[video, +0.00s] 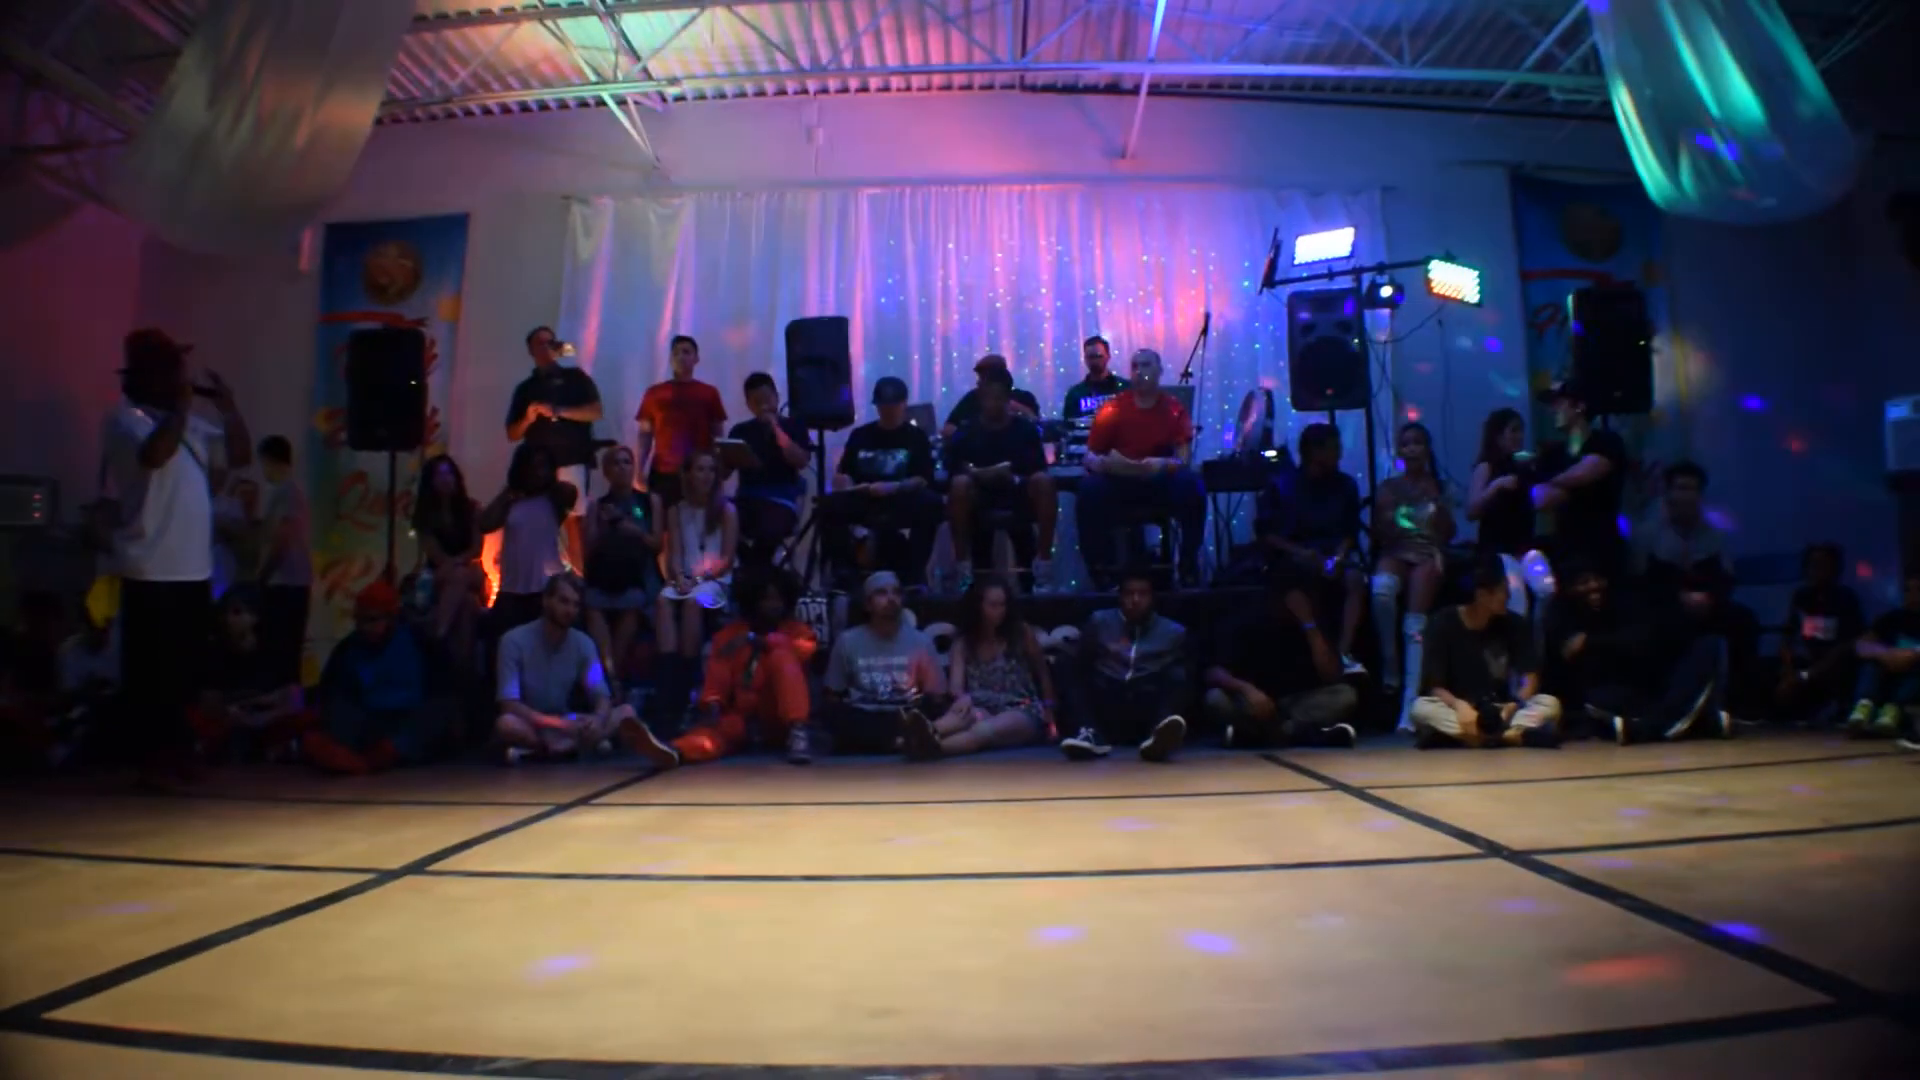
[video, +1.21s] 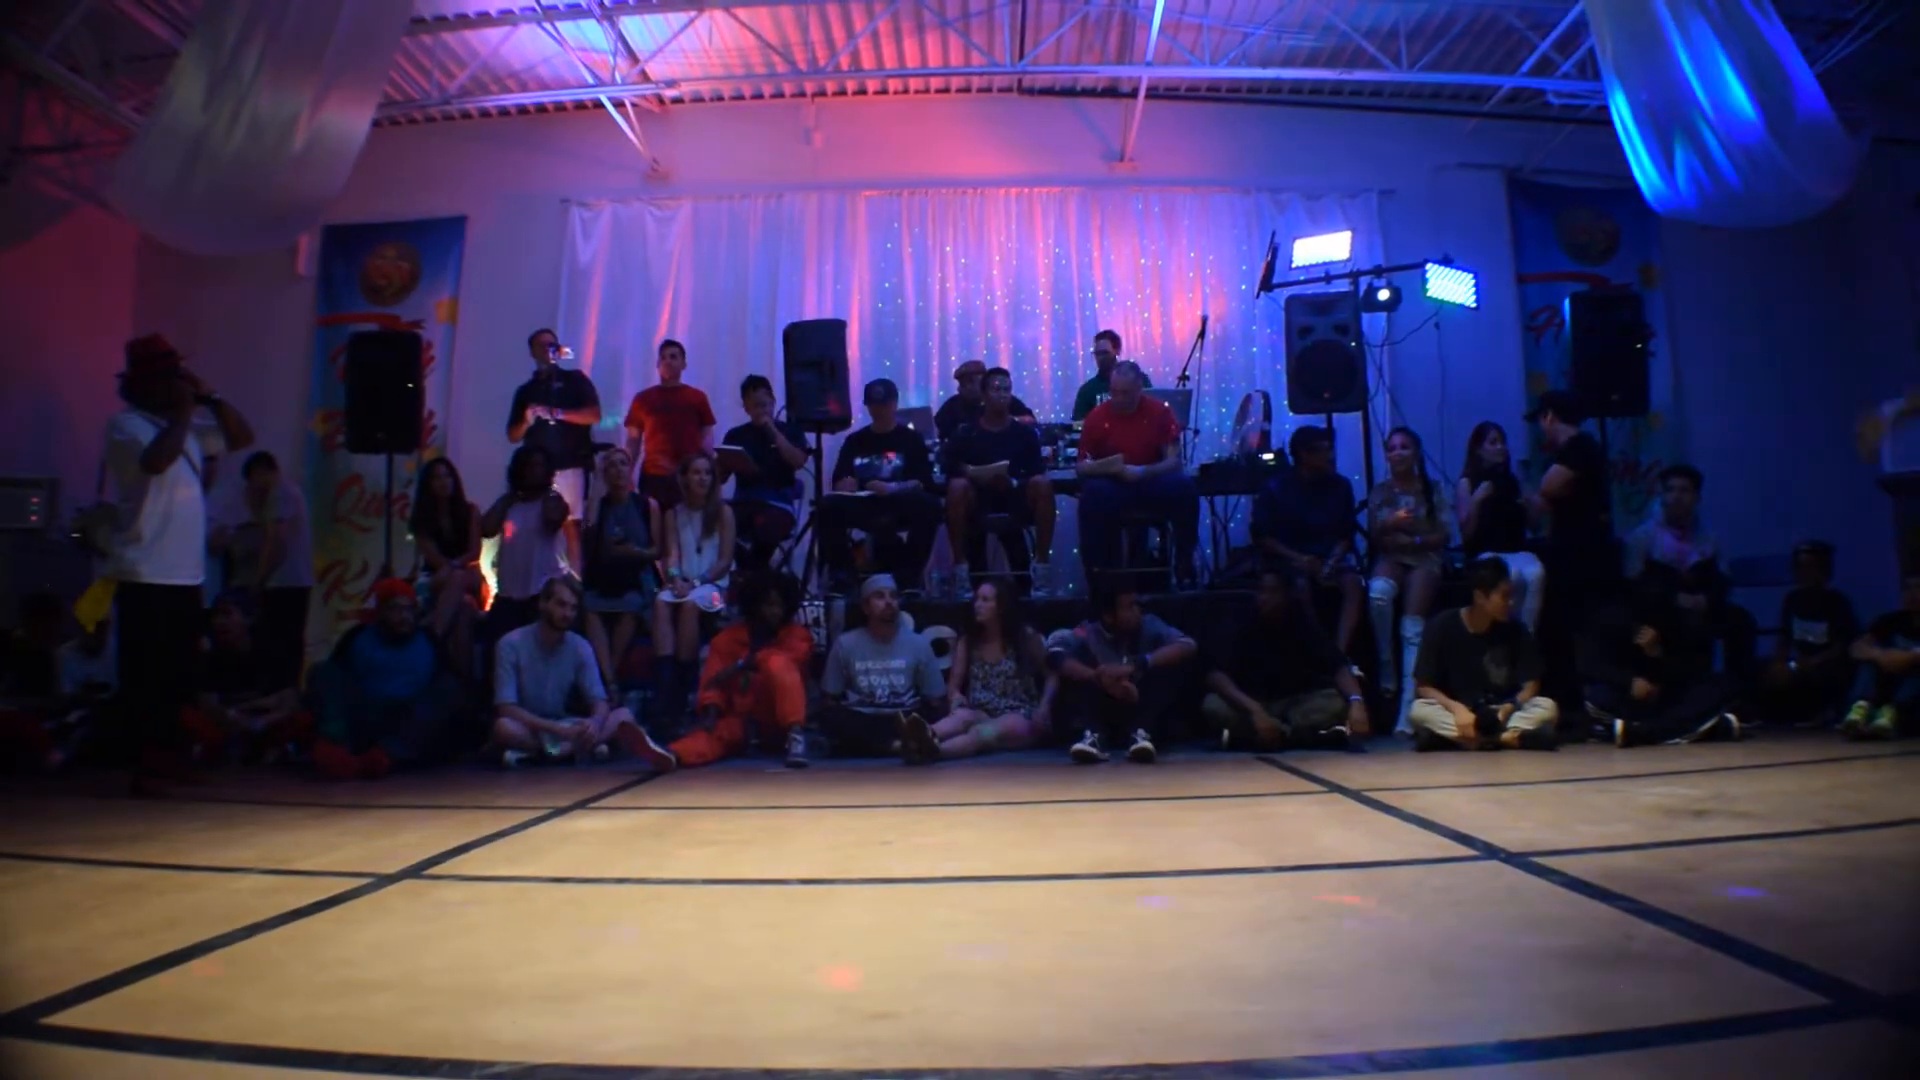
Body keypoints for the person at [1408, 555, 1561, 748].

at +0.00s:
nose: (1506, 597)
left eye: (1506, 591)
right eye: (1500, 591)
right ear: (1481, 595)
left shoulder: (1513, 624)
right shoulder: (1443, 624)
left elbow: (1531, 677)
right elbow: (1434, 686)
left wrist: (1514, 705)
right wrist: (1460, 706)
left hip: (1502, 702)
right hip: (1460, 704)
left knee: (1550, 704)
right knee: (1421, 708)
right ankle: (1508, 736)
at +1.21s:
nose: (1509, 603)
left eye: (1509, 596)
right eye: (1504, 596)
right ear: (1480, 597)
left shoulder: (1514, 631)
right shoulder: (1442, 628)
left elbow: (1531, 683)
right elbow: (1424, 687)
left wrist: (1510, 707)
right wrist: (1457, 709)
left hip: (1502, 707)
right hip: (1458, 708)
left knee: (1546, 707)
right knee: (1419, 710)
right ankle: (1506, 739)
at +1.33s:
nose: (1502, 602)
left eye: (1501, 595)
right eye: (1496, 595)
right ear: (1472, 599)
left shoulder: (1510, 631)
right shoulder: (1436, 629)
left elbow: (1530, 684)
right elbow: (1422, 688)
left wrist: (1510, 707)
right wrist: (1458, 709)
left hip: (1500, 706)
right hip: (1456, 707)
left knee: (1546, 707)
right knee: (1418, 711)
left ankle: (1463, 743)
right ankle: (1507, 739)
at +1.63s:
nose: (1483, 601)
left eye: (1486, 593)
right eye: (1474, 593)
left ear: (1490, 595)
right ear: (1452, 597)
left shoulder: (1502, 629)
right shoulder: (1430, 630)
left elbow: (1528, 685)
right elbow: (1421, 689)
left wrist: (1508, 708)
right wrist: (1457, 707)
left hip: (1498, 705)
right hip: (1454, 708)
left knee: (1546, 707)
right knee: (1418, 711)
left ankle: (1461, 743)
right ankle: (1506, 739)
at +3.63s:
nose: (1500, 612)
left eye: (1505, 606)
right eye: (1495, 603)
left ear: (1511, 606)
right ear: (1473, 595)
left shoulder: (1511, 630)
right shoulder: (1438, 629)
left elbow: (1529, 686)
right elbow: (1423, 690)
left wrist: (1508, 707)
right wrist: (1456, 707)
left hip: (1499, 707)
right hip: (1457, 710)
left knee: (1546, 707)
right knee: (1418, 711)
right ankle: (1506, 740)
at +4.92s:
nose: (1507, 601)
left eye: (1507, 594)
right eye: (1501, 594)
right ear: (1476, 597)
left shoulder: (1512, 628)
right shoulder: (1438, 629)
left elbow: (1528, 686)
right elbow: (1423, 689)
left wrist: (1511, 706)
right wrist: (1456, 707)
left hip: (1500, 706)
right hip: (1456, 708)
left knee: (1546, 708)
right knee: (1418, 711)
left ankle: (1470, 742)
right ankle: (1504, 740)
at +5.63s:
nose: (1501, 596)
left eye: (1505, 588)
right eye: (1494, 587)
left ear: (1510, 592)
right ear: (1471, 591)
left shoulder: (1516, 629)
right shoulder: (1444, 628)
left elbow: (1529, 684)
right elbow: (1424, 689)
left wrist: (1508, 706)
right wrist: (1456, 708)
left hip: (1501, 706)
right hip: (1457, 706)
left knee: (1545, 707)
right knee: (1417, 711)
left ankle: (1461, 743)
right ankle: (1501, 740)